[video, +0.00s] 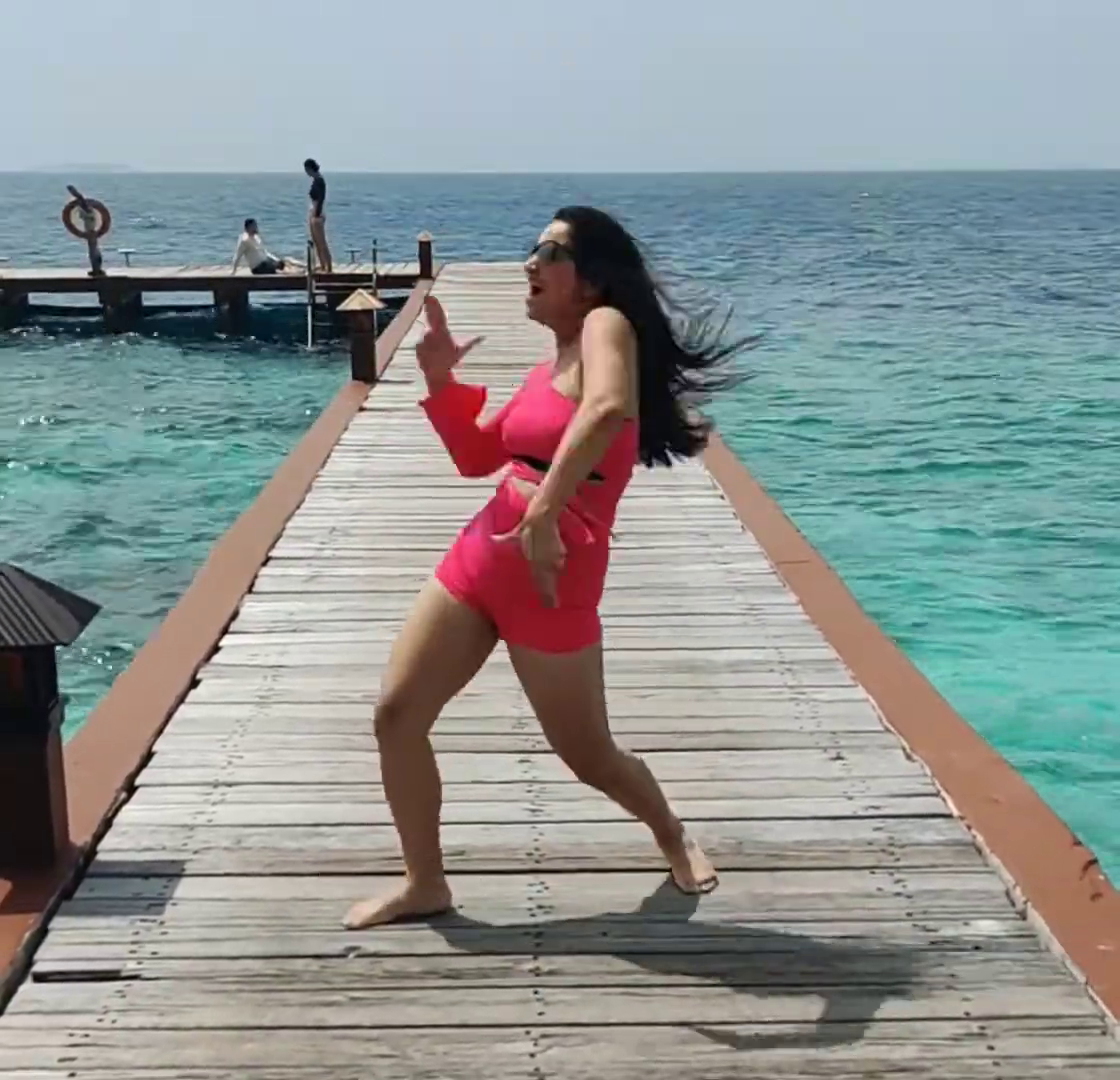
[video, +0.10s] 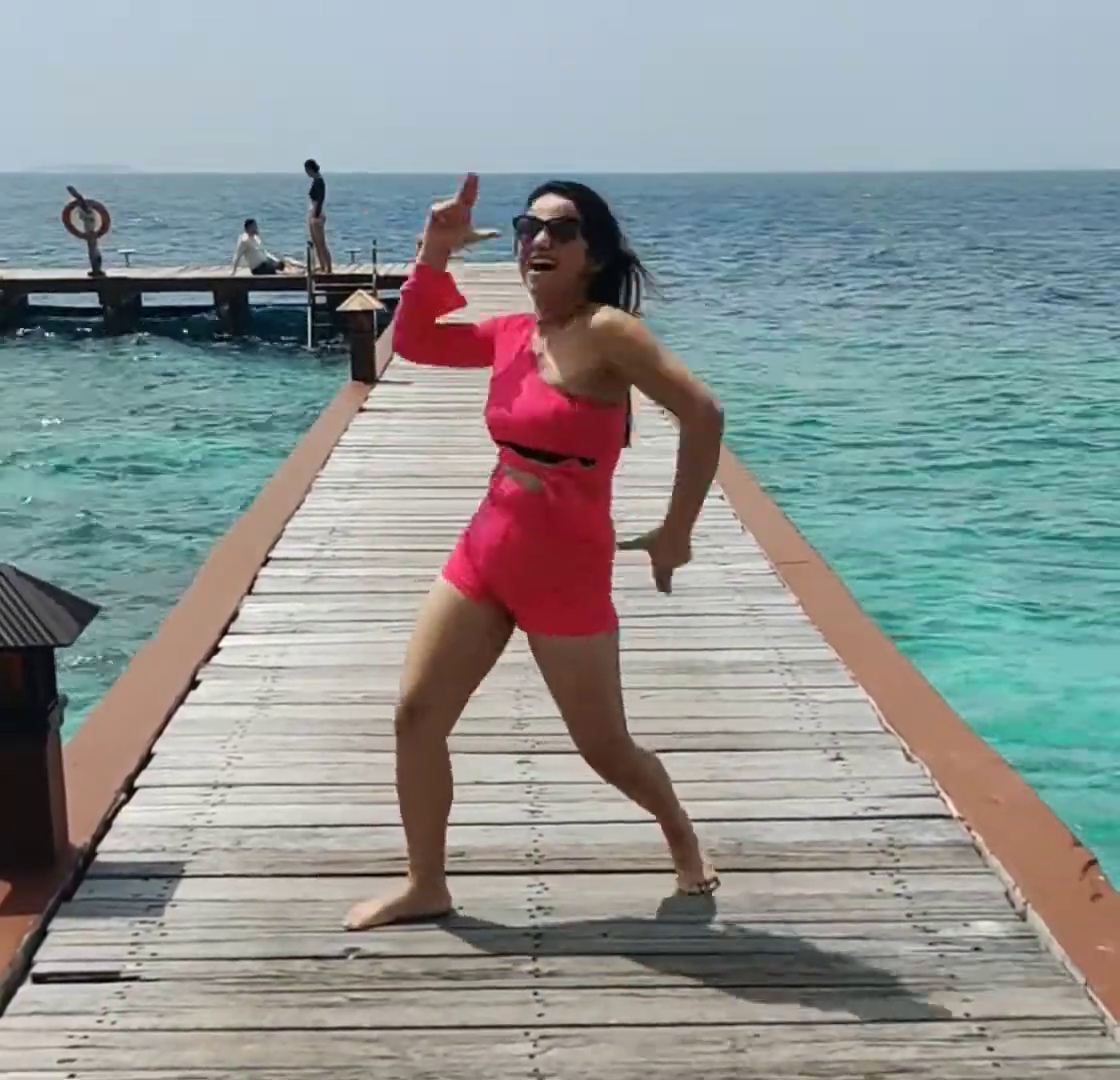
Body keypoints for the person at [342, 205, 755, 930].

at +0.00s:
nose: (529, 267)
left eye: (546, 257)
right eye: (533, 254)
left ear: (589, 276)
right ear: (559, 276)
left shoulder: (604, 326)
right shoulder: (558, 360)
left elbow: (608, 408)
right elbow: (476, 456)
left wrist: (542, 512)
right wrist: (439, 377)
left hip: (553, 573)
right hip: (486, 552)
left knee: (589, 755)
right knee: (398, 714)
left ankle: (673, 838)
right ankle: (425, 881)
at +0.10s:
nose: (539, 240)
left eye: (561, 229)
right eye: (528, 228)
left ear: (596, 252)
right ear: (517, 245)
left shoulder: (610, 335)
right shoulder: (511, 331)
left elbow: (702, 415)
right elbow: (415, 341)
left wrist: (677, 529)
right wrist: (435, 255)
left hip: (566, 566)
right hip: (489, 549)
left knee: (605, 748)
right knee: (417, 716)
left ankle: (678, 831)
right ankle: (426, 885)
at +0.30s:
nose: (584, 252)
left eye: (602, 237)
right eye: (568, 236)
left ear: (632, 251)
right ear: (548, 246)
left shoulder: (648, 342)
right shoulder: (518, 301)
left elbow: (766, 381)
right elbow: (423, 232)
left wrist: (766, 488)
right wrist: (320, 174)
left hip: (628, 564)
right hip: (538, 564)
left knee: (655, 740)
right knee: (452, 721)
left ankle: (711, 858)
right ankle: (427, 887)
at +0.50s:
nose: (626, 291)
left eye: (645, 274)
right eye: (609, 277)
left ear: (675, 287)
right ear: (591, 288)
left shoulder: (697, 390)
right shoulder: (558, 345)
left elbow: (770, 488)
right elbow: (432, 353)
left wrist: (704, 555)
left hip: (673, 598)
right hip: (581, 596)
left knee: (687, 759)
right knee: (477, 731)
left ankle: (704, 868)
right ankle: (429, 887)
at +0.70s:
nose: (606, 233)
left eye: (627, 222)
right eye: (604, 222)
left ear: (668, 244)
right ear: (602, 239)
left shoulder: (690, 352)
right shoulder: (576, 318)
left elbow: (633, 453)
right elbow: (576, 417)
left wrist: (620, 341)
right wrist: (586, 469)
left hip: (665, 560)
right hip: (574, 555)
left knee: (682, 733)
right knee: (476, 714)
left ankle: (707, 864)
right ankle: (417, 867)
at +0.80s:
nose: (589, 215)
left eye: (611, 202)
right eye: (591, 199)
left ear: (649, 226)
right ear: (615, 225)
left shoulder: (673, 305)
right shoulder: (599, 288)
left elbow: (586, 287)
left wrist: (609, 186)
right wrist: (685, 443)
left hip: (642, 533)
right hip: (558, 519)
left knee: (672, 712)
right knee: (461, 678)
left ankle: (711, 855)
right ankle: (408, 844)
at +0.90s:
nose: (580, 206)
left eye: (596, 195)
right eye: (583, 193)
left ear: (642, 207)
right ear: (624, 208)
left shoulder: (655, 266)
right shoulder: (615, 270)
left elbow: (567, 184)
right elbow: (675, 374)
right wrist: (691, 453)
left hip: (608, 523)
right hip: (530, 504)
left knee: (651, 706)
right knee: (450, 674)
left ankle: (710, 851)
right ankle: (426, 844)